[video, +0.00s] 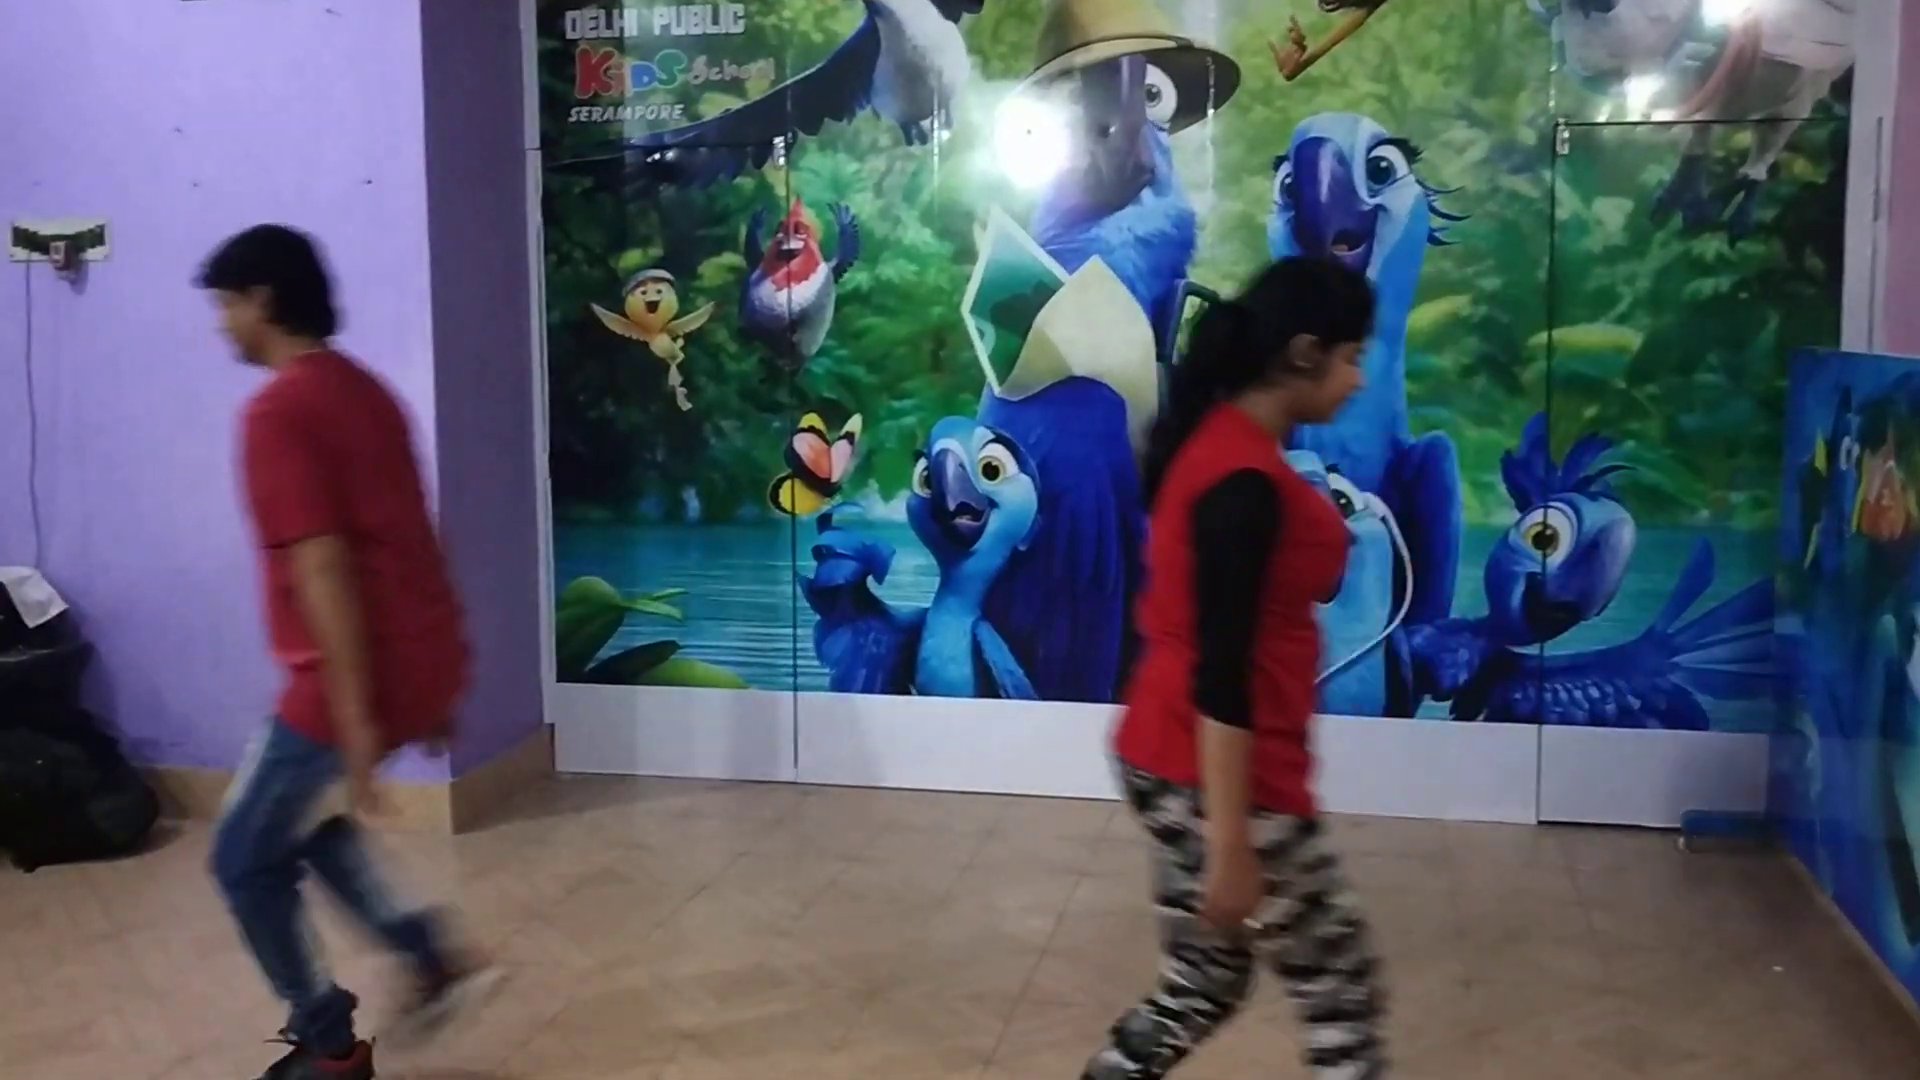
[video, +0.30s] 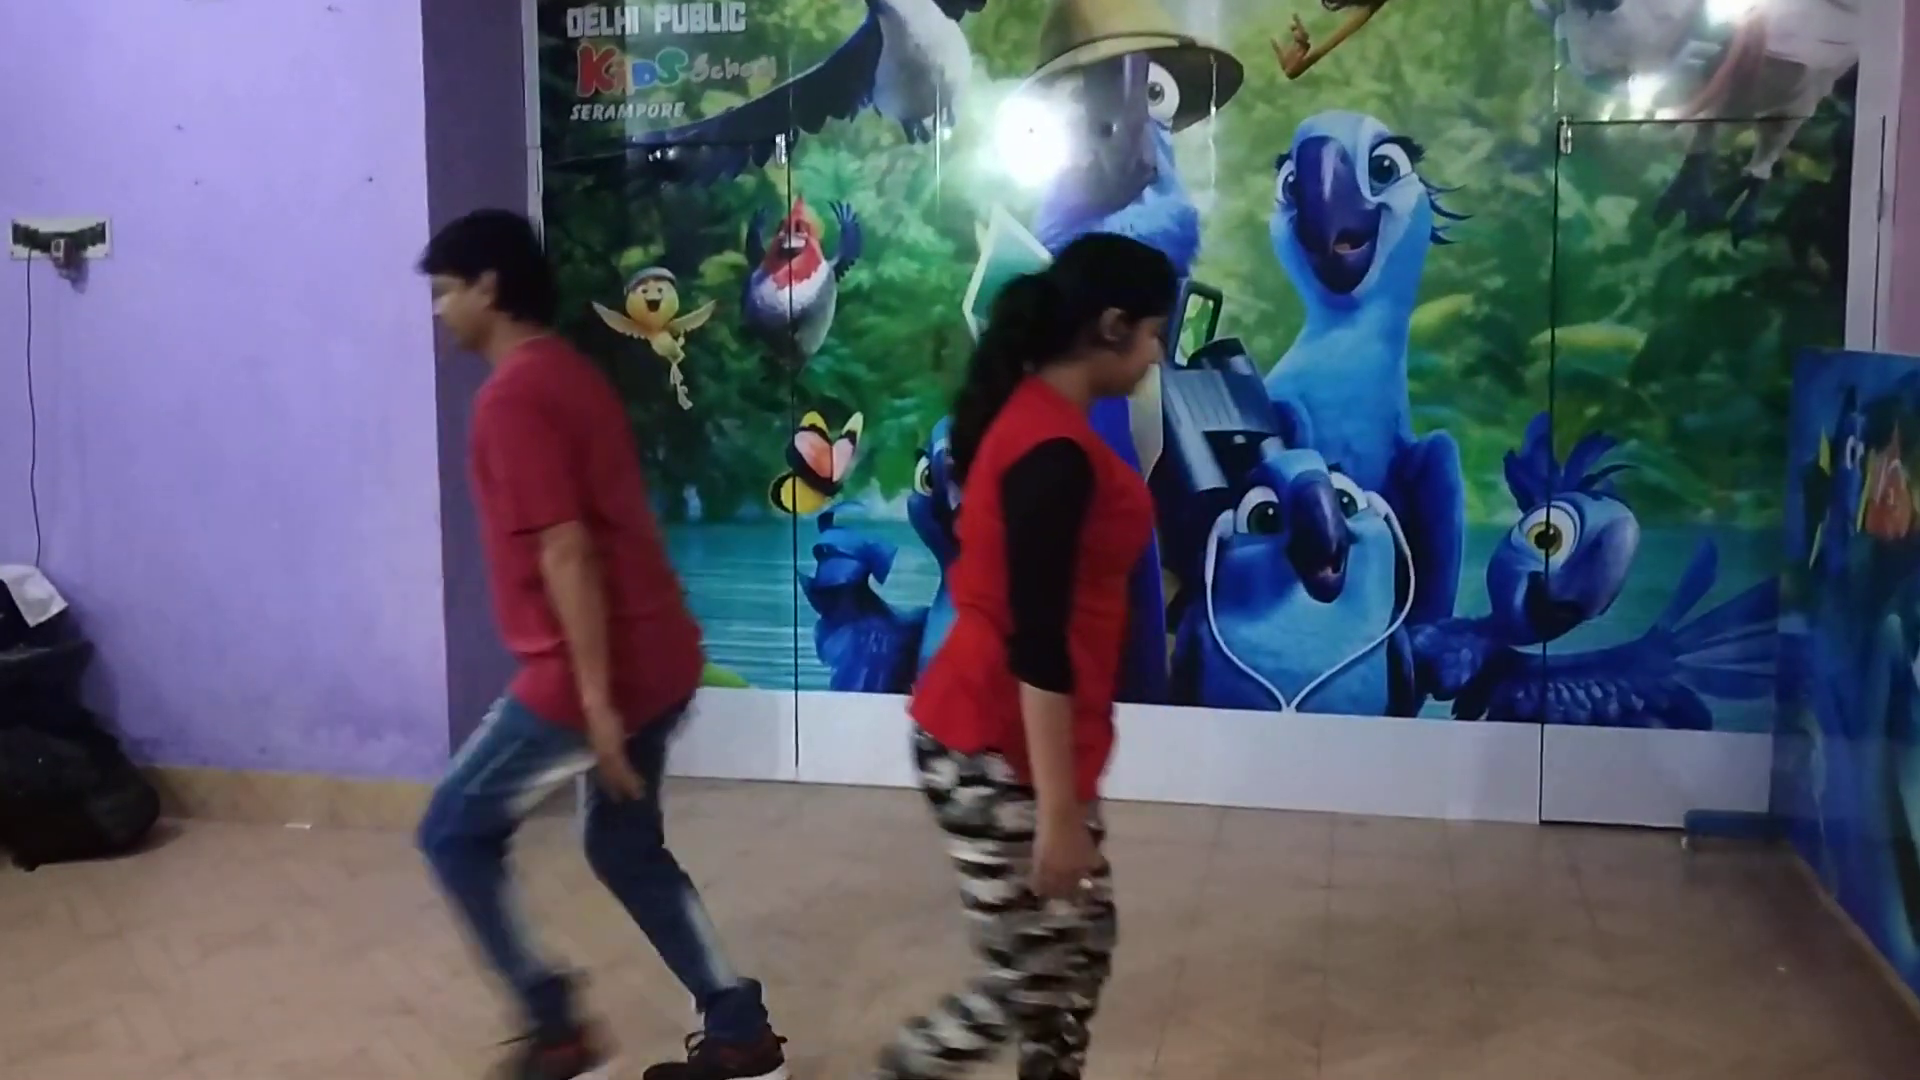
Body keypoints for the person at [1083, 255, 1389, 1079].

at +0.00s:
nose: (1359, 378)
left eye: (1360, 358)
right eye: (1352, 357)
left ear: (1286, 352)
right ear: (1301, 355)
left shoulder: (1213, 442)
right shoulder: (1242, 479)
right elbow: (1223, 679)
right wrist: (1230, 848)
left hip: (1176, 762)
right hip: (1231, 779)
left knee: (1204, 982)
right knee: (1339, 990)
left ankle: (1108, 1072)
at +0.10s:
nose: (1289, 368)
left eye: (1291, 348)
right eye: (1285, 347)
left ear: (1215, 339)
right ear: (1238, 346)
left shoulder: (1151, 431)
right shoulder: (1170, 467)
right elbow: (1156, 664)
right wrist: (1168, 833)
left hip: (1101, 746)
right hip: (1143, 763)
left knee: (1160, 968)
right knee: (1264, 969)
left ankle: (1088, 1073)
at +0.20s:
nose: (1223, 359)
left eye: (1225, 342)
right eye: (1218, 339)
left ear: (1152, 331)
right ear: (1169, 335)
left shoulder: (1100, 425)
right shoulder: (1105, 458)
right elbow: (1094, 652)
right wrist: (1110, 816)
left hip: (1071, 735)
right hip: (1062, 748)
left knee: (1138, 969)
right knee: (1149, 975)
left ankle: (1072, 1066)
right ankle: (1067, 1067)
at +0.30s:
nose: (1159, 352)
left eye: (1162, 333)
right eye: (1157, 331)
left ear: (1087, 324)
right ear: (1111, 328)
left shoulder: (1047, 423)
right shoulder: (1049, 450)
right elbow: (1037, 642)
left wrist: (1064, 783)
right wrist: (1059, 813)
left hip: (1028, 735)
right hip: (990, 744)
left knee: (1078, 946)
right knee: (1036, 965)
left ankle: (1049, 1071)